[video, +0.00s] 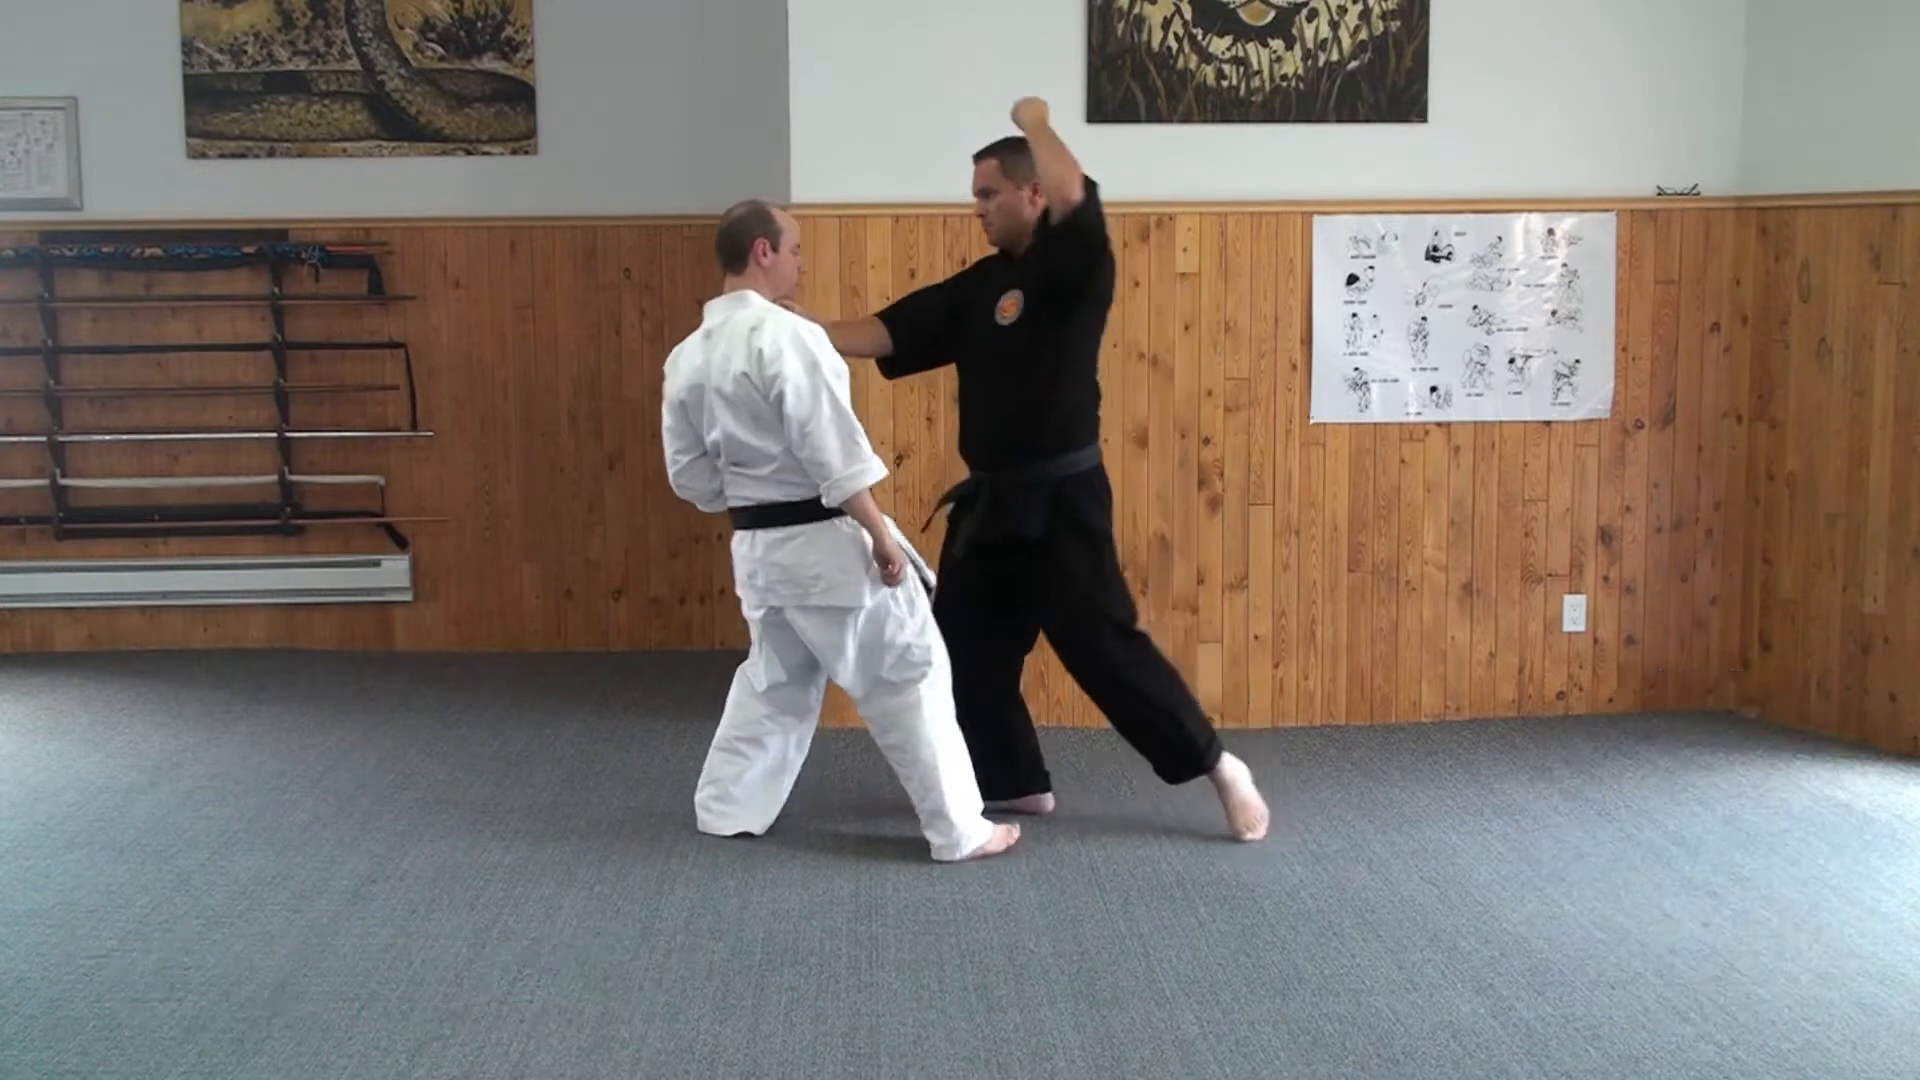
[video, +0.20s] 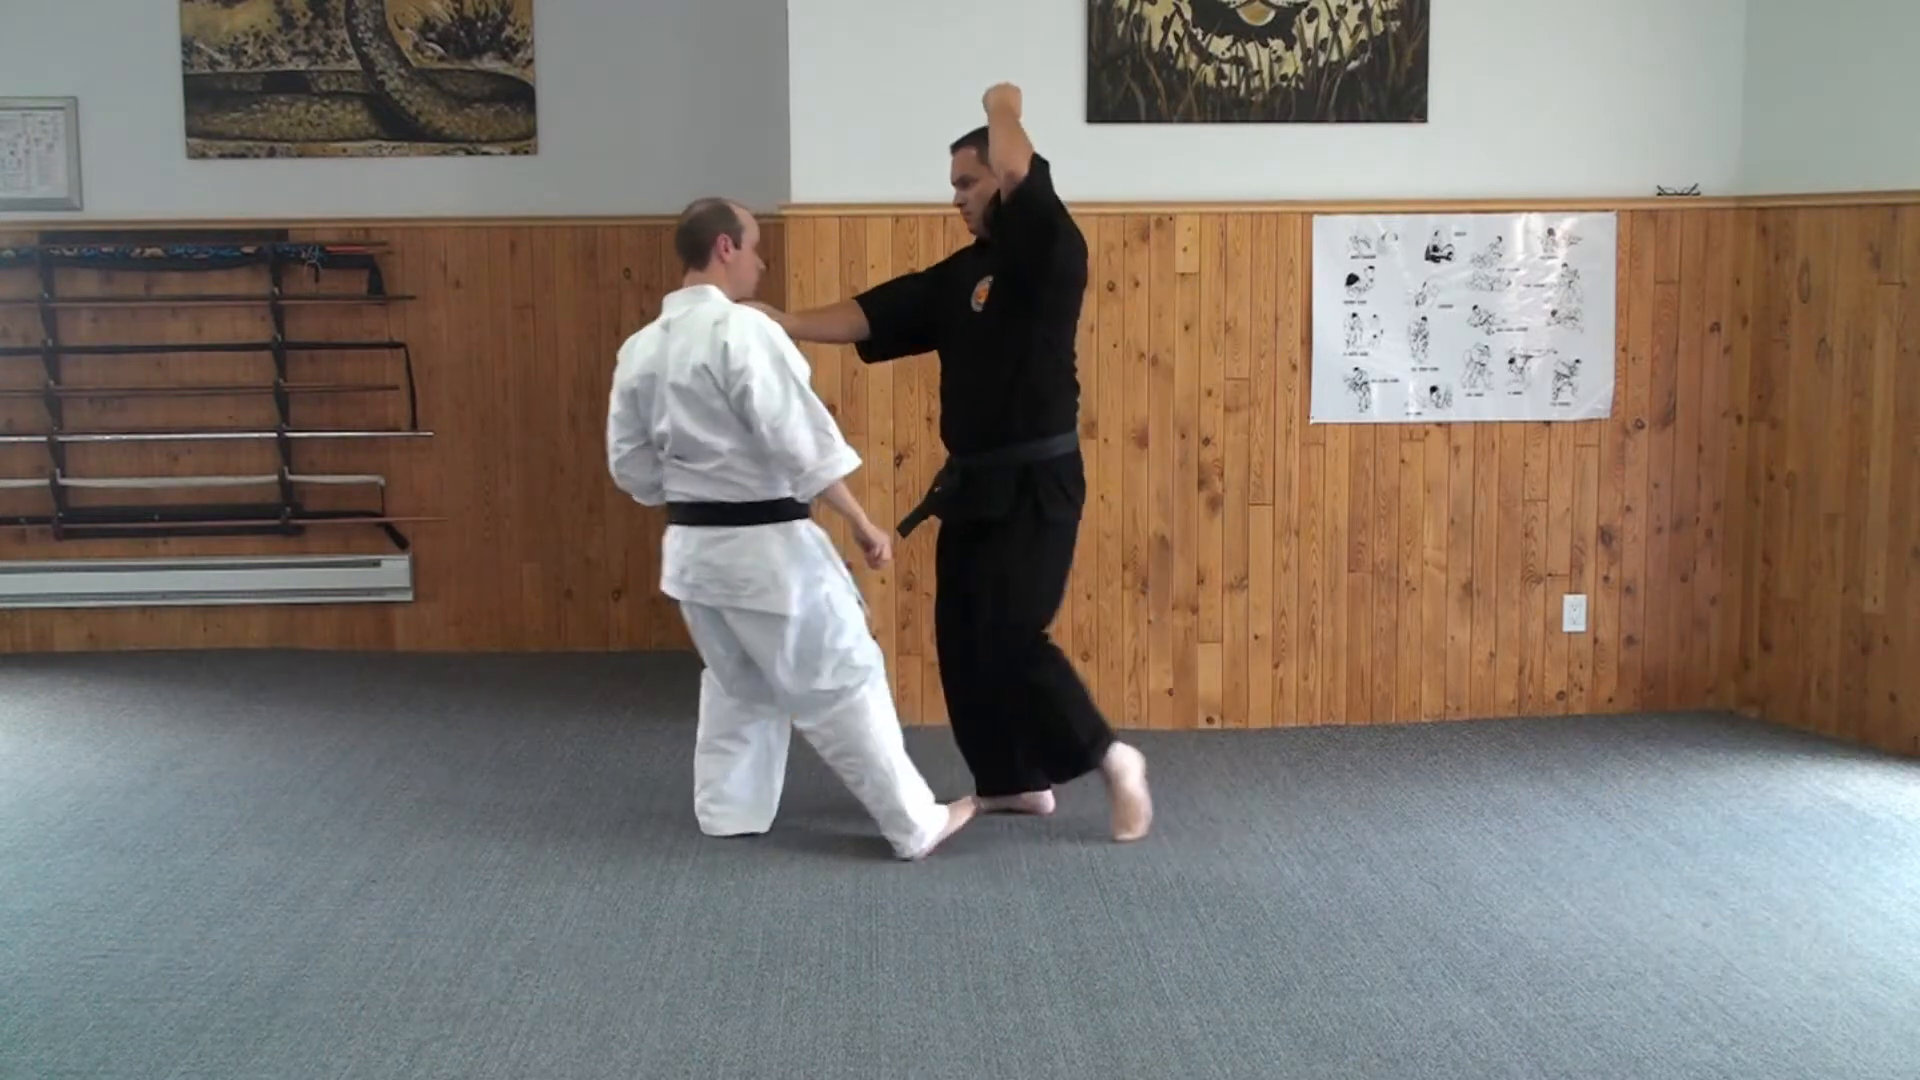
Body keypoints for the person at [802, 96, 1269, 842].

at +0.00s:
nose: (977, 207)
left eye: (987, 193)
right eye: (975, 196)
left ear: (1033, 193)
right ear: (992, 202)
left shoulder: (1072, 262)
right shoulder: (976, 287)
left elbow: (1073, 197)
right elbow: (883, 333)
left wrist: (1037, 130)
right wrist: (792, 333)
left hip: (1063, 491)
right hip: (991, 495)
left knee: (1101, 642)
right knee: (967, 644)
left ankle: (1218, 767)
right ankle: (1017, 784)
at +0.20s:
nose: (955, 198)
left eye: (965, 183)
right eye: (952, 187)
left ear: (1006, 177)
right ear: (964, 191)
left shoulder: (1048, 250)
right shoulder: (956, 276)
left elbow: (1019, 176)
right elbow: (865, 317)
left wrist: (1004, 118)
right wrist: (776, 324)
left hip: (1039, 473)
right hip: (972, 475)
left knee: (1011, 632)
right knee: (962, 634)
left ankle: (1111, 758)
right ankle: (1013, 781)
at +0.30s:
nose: (951, 194)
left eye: (962, 179)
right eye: (947, 182)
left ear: (1002, 175)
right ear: (955, 188)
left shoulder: (1043, 249)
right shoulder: (954, 270)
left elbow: (1012, 170)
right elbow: (868, 315)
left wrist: (1004, 109)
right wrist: (785, 328)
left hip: (1027, 469)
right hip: (968, 471)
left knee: (985, 628)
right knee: (958, 631)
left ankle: (1043, 763)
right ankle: (1003, 782)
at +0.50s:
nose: (939, 193)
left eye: (951, 179)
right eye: (937, 181)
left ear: (992, 177)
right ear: (946, 186)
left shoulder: (1027, 244)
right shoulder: (937, 269)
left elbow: (1018, 131)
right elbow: (850, 302)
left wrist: (1007, 133)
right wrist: (759, 311)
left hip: (996, 472)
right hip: (950, 472)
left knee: (910, 614)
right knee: (975, 631)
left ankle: (929, 784)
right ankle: (1017, 779)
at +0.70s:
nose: (918, 179)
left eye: (929, 165)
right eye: (919, 169)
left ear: (962, 178)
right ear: (935, 198)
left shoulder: (993, 249)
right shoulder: (924, 275)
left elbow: (956, 140)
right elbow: (832, 305)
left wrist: (1007, 148)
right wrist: (740, 312)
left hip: (945, 483)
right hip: (931, 481)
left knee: (853, 630)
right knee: (945, 638)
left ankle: (825, 799)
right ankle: (1014, 780)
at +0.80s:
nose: (878, 195)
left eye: (890, 186)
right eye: (890, 182)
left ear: (909, 206)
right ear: (947, 205)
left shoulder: (960, 254)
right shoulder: (907, 290)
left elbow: (900, 148)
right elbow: (815, 310)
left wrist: (986, 167)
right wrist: (735, 314)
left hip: (907, 496)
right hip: (939, 492)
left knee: (822, 644)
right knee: (941, 640)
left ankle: (773, 808)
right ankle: (1014, 779)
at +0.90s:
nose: (841, 209)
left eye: (858, 189)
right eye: (845, 194)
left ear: (902, 204)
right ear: (924, 209)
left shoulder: (901, 260)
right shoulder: (928, 279)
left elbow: (831, 167)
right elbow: (804, 328)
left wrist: (920, 172)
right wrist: (721, 322)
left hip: (868, 507)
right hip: (927, 501)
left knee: (785, 661)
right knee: (930, 645)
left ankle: (739, 831)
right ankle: (1010, 779)